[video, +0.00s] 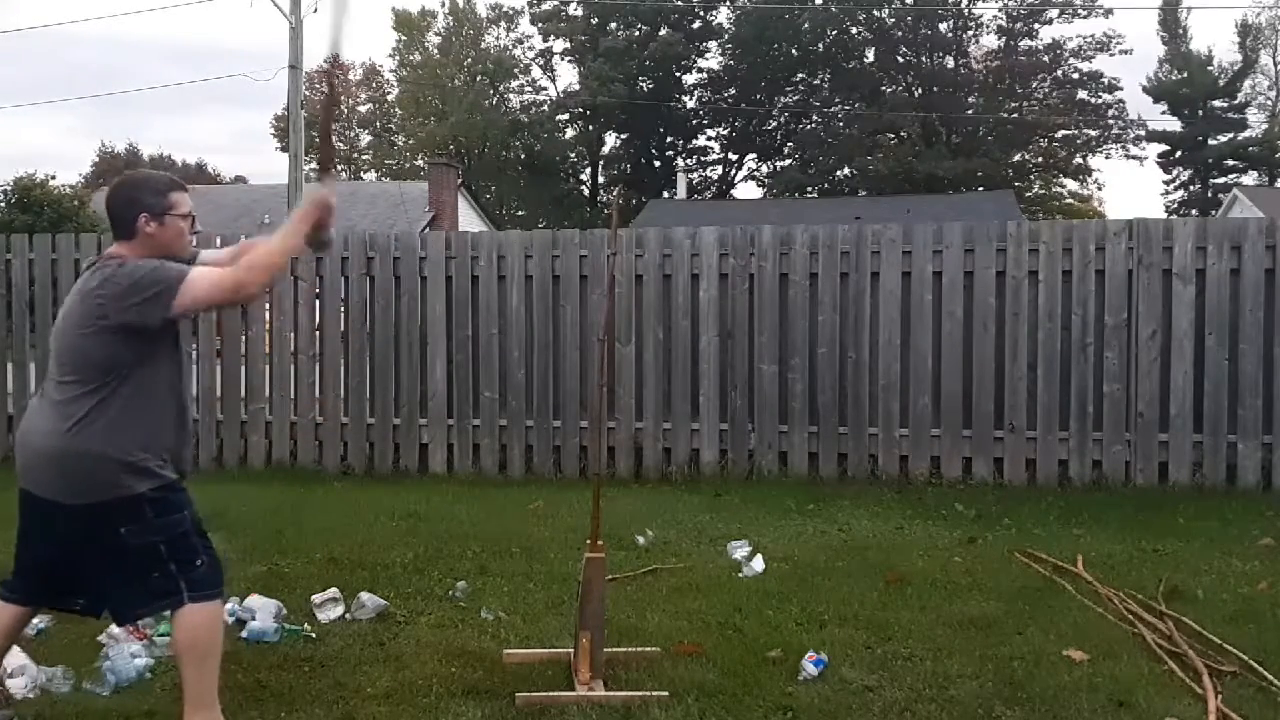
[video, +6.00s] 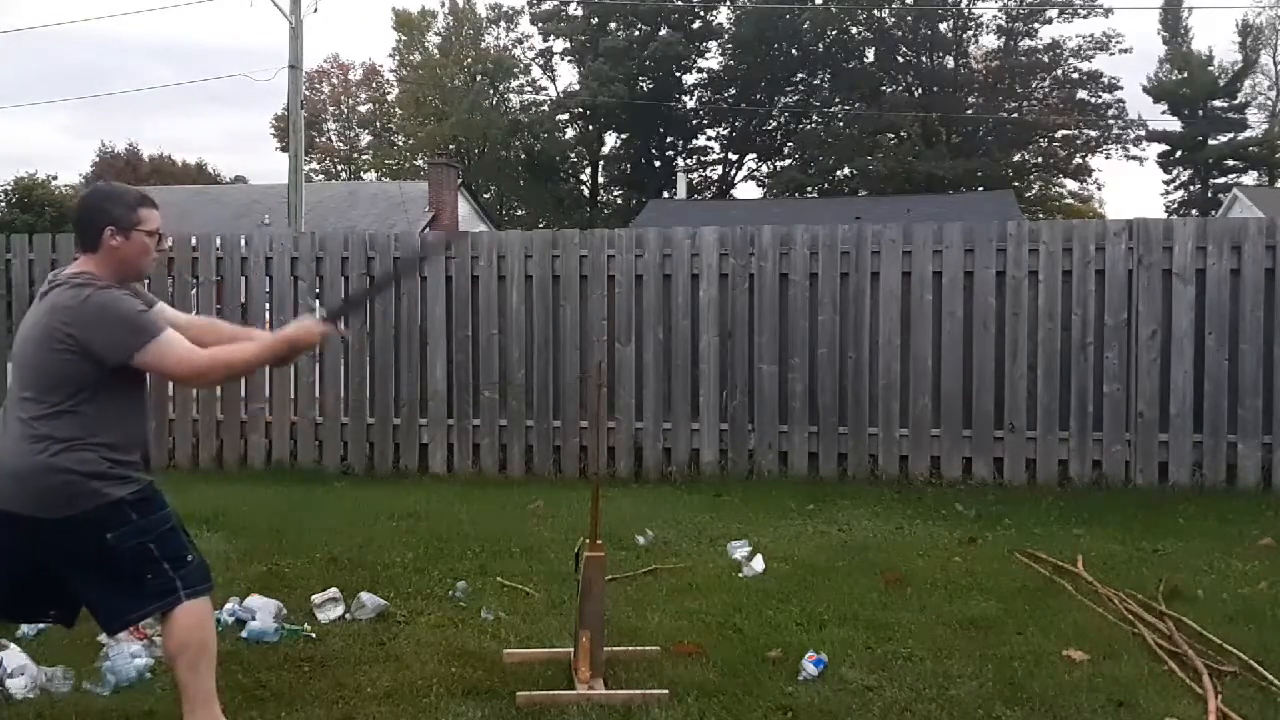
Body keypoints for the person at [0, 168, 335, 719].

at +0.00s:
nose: (194, 227)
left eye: (191, 218)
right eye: (185, 218)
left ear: (142, 225)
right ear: (147, 224)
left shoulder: (106, 273)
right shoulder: (132, 279)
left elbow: (224, 259)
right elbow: (237, 283)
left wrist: (294, 239)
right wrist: (296, 228)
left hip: (48, 461)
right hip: (116, 466)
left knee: (25, 589)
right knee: (199, 585)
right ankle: (203, 712)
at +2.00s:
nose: (188, 225)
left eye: (188, 214)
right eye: (181, 214)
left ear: (128, 218)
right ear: (146, 216)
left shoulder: (55, 254)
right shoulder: (172, 288)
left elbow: (38, 352)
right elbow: (178, 386)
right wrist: (173, 455)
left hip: (16, 455)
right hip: (114, 461)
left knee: (8, 598)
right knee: (174, 593)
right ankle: (200, 711)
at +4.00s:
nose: (160, 251)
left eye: (158, 238)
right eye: (151, 240)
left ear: (116, 245)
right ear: (117, 245)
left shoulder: (119, 298)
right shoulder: (80, 296)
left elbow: (194, 245)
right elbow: (158, 252)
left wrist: (205, 182)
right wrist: (164, 161)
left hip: (44, 485)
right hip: (96, 484)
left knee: (17, 607)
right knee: (203, 582)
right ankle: (205, 712)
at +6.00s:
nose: (161, 245)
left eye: (160, 234)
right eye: (152, 234)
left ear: (111, 240)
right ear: (113, 239)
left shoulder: (78, 287)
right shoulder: (103, 305)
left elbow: (190, 327)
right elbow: (194, 367)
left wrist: (273, 339)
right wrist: (285, 344)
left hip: (23, 490)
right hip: (95, 488)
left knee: (10, 610)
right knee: (185, 590)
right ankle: (204, 711)